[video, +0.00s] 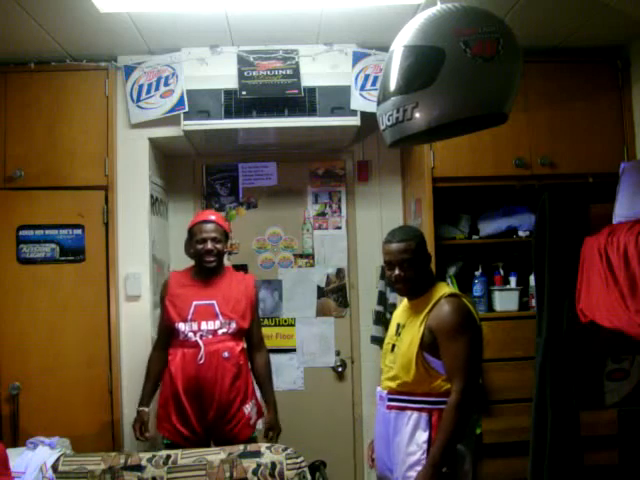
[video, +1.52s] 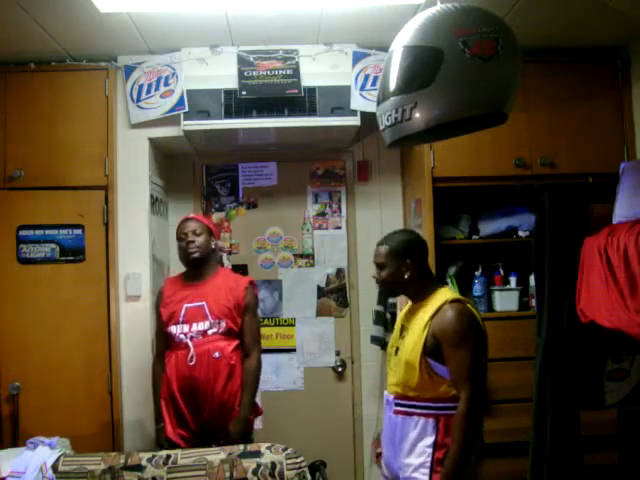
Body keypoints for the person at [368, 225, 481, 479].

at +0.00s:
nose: (397, 274)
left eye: (405, 265)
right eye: (389, 266)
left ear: (426, 262)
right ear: (383, 268)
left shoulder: (449, 312)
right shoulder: (405, 305)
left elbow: (462, 391)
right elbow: (402, 381)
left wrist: (433, 465)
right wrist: (381, 438)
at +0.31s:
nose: (398, 276)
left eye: (406, 267)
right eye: (391, 268)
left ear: (428, 263)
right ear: (385, 269)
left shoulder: (452, 313)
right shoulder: (408, 307)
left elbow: (466, 392)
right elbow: (400, 381)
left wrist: (437, 466)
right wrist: (381, 437)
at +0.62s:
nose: (400, 277)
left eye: (408, 268)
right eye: (392, 269)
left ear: (430, 264)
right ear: (387, 270)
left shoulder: (455, 314)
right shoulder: (410, 307)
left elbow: (470, 392)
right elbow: (401, 382)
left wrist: (444, 466)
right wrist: (383, 439)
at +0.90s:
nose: (399, 276)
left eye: (409, 267)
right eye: (392, 269)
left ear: (430, 264)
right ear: (386, 268)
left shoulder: (453, 313)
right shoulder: (408, 306)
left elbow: (469, 390)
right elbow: (403, 376)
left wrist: (447, 466)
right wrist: (375, 412)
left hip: (431, 435)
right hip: (397, 431)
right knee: (393, 474)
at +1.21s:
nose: (394, 284)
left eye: (403, 276)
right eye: (388, 276)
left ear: (425, 271)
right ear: (382, 276)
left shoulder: (452, 320)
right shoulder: (408, 312)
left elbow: (471, 398)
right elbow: (408, 386)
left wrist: (451, 470)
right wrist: (378, 420)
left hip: (432, 439)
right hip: (397, 437)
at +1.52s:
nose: (375, 275)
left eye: (381, 268)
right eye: (376, 268)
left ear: (407, 268)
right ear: (406, 269)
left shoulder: (453, 317)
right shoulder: (409, 310)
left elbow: (471, 397)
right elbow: (406, 385)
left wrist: (451, 469)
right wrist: (385, 435)